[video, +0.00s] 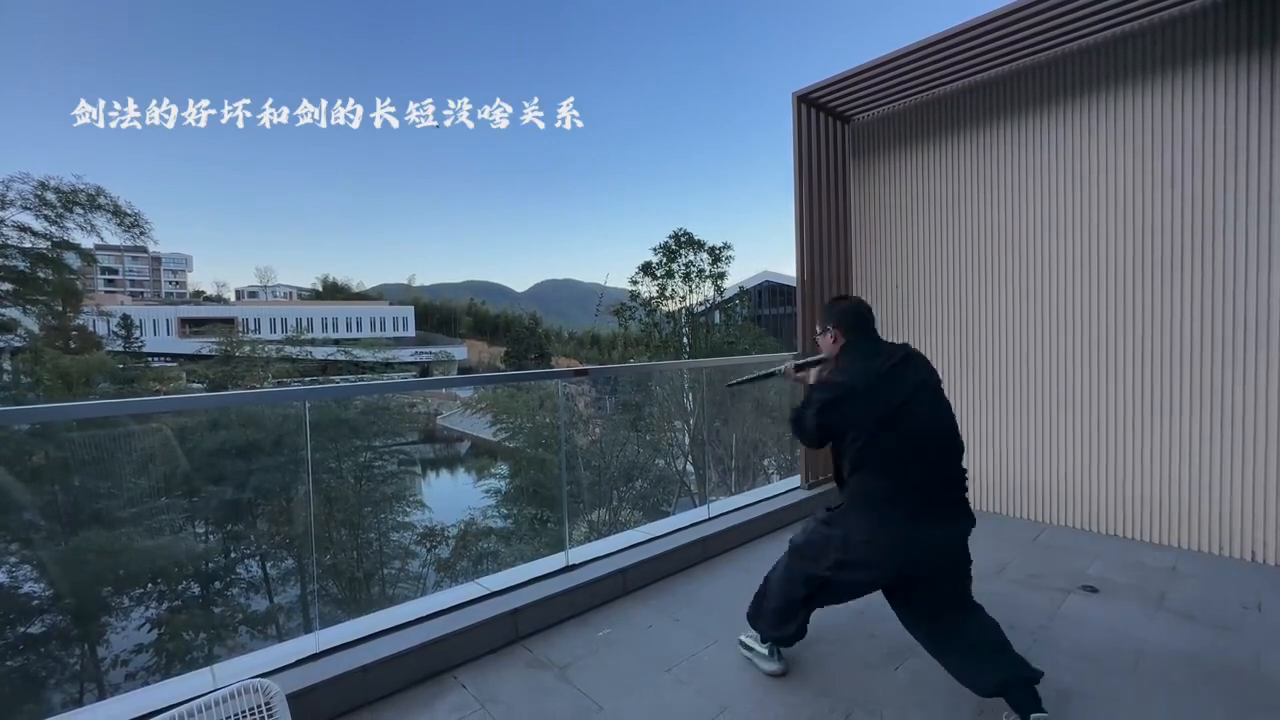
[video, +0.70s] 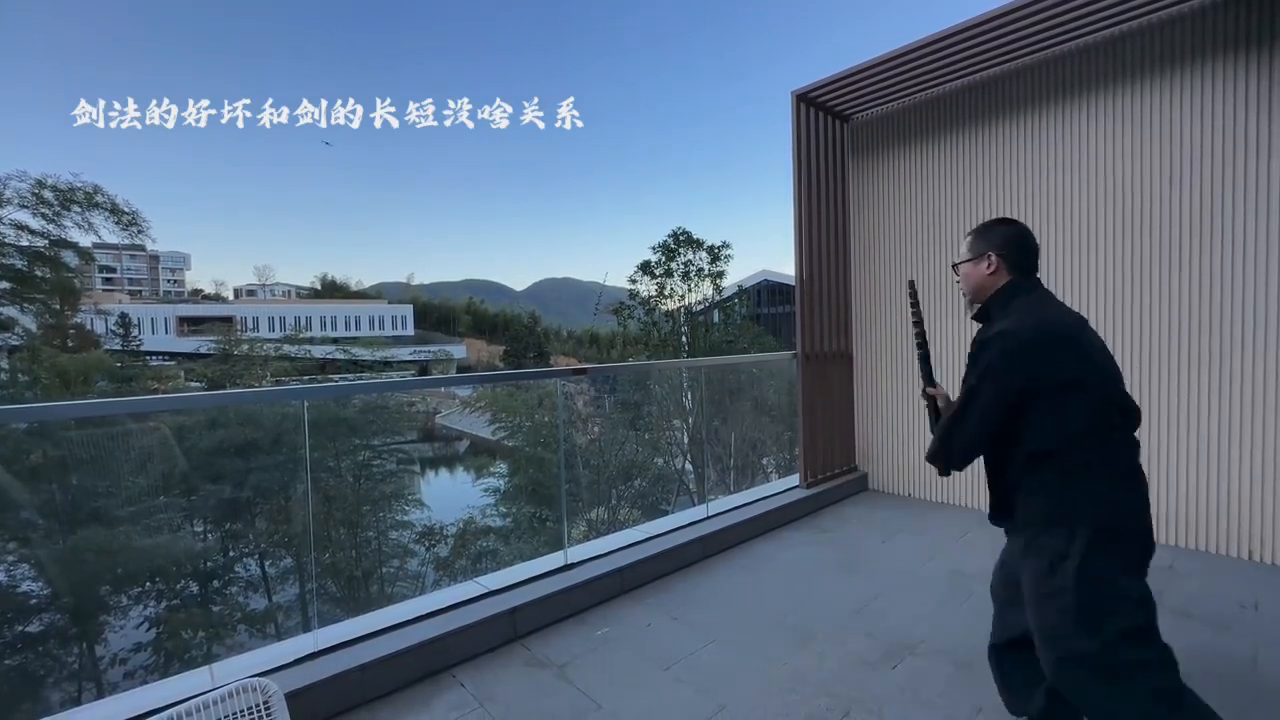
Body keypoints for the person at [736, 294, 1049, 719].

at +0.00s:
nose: (818, 343)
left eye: (820, 335)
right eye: (818, 336)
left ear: (837, 337)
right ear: (871, 332)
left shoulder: (845, 377)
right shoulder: (915, 363)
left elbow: (812, 432)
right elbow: (877, 399)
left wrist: (811, 387)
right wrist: (823, 379)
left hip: (879, 522)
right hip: (944, 521)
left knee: (805, 559)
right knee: (953, 613)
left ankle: (768, 639)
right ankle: (1029, 706)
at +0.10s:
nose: (865, 328)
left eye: (866, 319)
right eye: (864, 320)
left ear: (885, 315)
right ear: (918, 309)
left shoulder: (901, 362)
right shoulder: (962, 345)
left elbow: (844, 403)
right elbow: (885, 372)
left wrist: (822, 361)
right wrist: (829, 356)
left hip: (928, 509)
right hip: (992, 509)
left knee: (851, 568)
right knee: (965, 610)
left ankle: (786, 631)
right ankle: (1034, 700)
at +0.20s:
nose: (906, 302)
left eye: (907, 292)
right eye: (904, 293)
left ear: (931, 288)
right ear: (955, 285)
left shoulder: (956, 341)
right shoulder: (998, 321)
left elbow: (891, 400)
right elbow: (908, 359)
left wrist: (832, 380)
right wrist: (833, 368)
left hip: (998, 495)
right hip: (1059, 494)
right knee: (987, 594)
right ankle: (1048, 705)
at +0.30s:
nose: (930, 285)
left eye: (934, 273)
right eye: (930, 275)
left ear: (960, 272)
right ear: (975, 272)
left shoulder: (993, 329)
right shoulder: (1023, 310)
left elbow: (963, 425)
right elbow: (961, 385)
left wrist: (899, 441)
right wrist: (899, 416)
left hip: (1053, 502)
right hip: (1101, 495)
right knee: (1047, 614)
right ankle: (1058, 701)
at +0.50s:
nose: (972, 308)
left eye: (977, 296)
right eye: (973, 298)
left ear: (1007, 299)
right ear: (1015, 300)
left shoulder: (1061, 367)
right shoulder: (1075, 349)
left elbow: (1072, 488)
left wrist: (1058, 546)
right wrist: (1042, 498)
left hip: (1168, 557)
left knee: (1181, 702)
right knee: (1040, 584)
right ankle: (1055, 709)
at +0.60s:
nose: (976, 291)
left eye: (984, 280)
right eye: (979, 280)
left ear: (1011, 286)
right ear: (1021, 288)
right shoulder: (1069, 341)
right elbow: (1082, 453)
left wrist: (1014, 511)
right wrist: (1011, 474)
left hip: (1143, 544)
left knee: (1173, 696)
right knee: (1035, 587)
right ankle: (1051, 708)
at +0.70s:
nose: (958, 274)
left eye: (965, 263)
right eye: (959, 264)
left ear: (992, 265)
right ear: (1007, 267)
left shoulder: (1010, 334)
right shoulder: (1061, 322)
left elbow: (958, 442)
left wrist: (940, 445)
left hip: (1074, 531)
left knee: (1103, 669)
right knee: (1018, 649)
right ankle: (1053, 710)